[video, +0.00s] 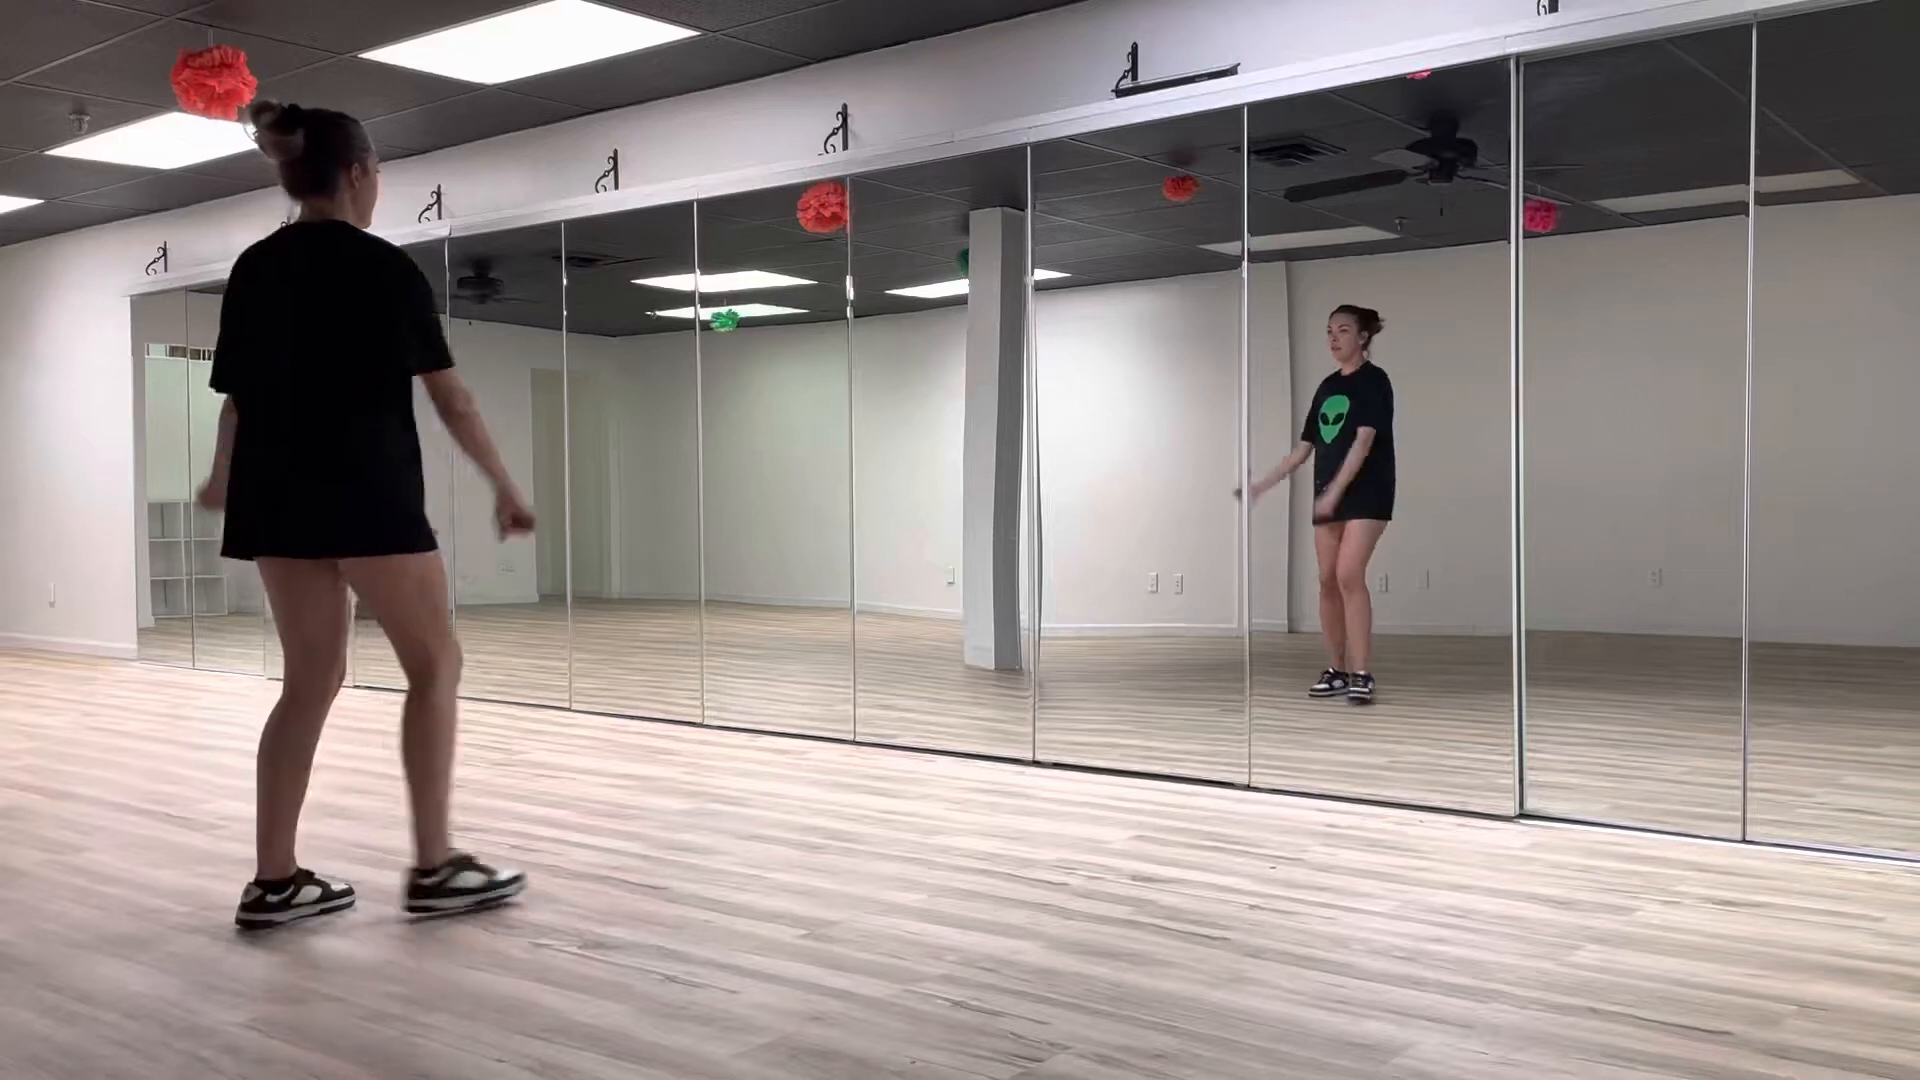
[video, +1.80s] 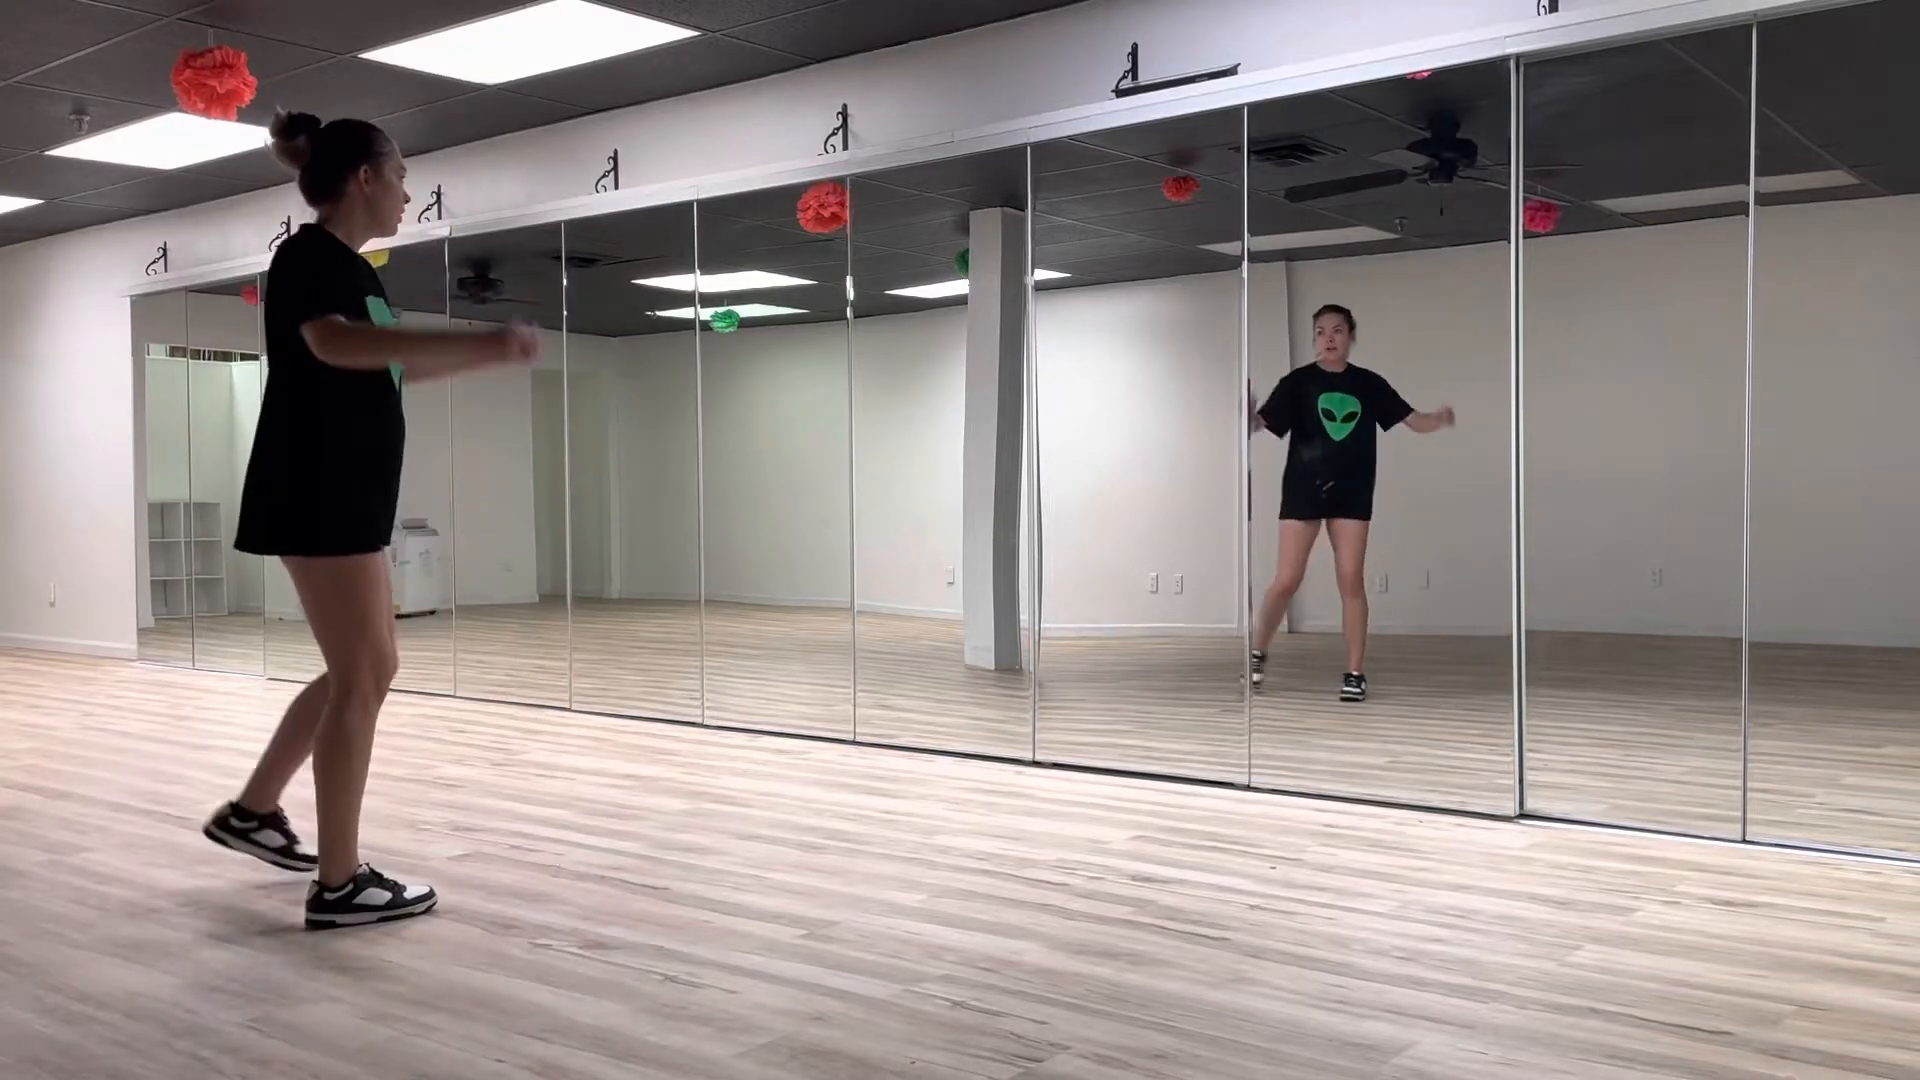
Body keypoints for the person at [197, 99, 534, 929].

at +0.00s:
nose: (379, 188)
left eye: (375, 177)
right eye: (375, 176)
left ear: (294, 182)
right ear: (358, 177)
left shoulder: (253, 269)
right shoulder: (388, 269)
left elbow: (237, 397)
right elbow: (449, 397)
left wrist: (221, 479)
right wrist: (505, 483)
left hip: (272, 501)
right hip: (372, 499)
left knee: (308, 678)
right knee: (434, 662)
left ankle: (273, 877)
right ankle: (435, 862)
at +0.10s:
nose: (390, 185)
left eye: (386, 174)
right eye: (387, 173)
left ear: (302, 180)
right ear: (370, 173)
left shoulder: (258, 265)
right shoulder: (400, 267)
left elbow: (221, 390)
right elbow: (494, 384)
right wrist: (548, 418)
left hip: (287, 502)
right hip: (391, 493)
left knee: (317, 680)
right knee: (463, 660)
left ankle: (274, 878)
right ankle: (492, 854)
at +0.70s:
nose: (488, 253)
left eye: (484, 241)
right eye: (487, 240)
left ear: (402, 244)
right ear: (473, 240)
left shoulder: (347, 325)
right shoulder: (504, 318)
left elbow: (244, 414)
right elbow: (628, 366)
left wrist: (326, 502)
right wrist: (595, 438)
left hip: (417, 538)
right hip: (526, 532)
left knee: (389, 697)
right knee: (553, 732)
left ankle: (330, 877)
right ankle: (592, 931)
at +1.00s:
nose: (432, 203)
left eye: (431, 189)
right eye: (428, 188)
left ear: (347, 192)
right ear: (404, 187)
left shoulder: (297, 286)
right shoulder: (429, 281)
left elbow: (279, 427)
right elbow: (488, 416)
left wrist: (298, 534)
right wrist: (537, 527)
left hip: (327, 515)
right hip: (427, 505)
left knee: (366, 685)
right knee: (487, 679)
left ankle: (330, 878)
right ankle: (509, 858)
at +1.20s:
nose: (417, 172)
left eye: (414, 158)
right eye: (415, 157)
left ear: (335, 164)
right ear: (393, 156)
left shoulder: (285, 262)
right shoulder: (413, 245)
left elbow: (287, 397)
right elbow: (435, 383)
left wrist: (292, 506)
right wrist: (462, 504)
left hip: (314, 482)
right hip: (401, 480)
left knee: (328, 665)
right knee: (406, 667)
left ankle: (308, 868)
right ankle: (362, 863)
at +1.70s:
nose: (418, 195)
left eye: (414, 180)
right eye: (409, 180)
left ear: (352, 187)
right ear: (377, 184)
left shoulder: (330, 264)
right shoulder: (334, 267)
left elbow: (348, 390)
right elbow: (376, 383)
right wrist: (485, 448)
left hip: (330, 500)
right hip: (329, 504)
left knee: (394, 665)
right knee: (363, 677)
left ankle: (282, 833)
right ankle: (340, 880)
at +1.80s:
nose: (407, 192)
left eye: (404, 177)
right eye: (398, 176)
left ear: (347, 185)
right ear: (363, 181)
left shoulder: (350, 268)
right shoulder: (311, 255)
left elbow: (391, 360)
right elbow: (330, 343)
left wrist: (483, 349)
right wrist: (474, 344)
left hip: (341, 497)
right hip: (318, 499)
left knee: (362, 665)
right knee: (366, 670)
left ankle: (252, 807)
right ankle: (339, 879)